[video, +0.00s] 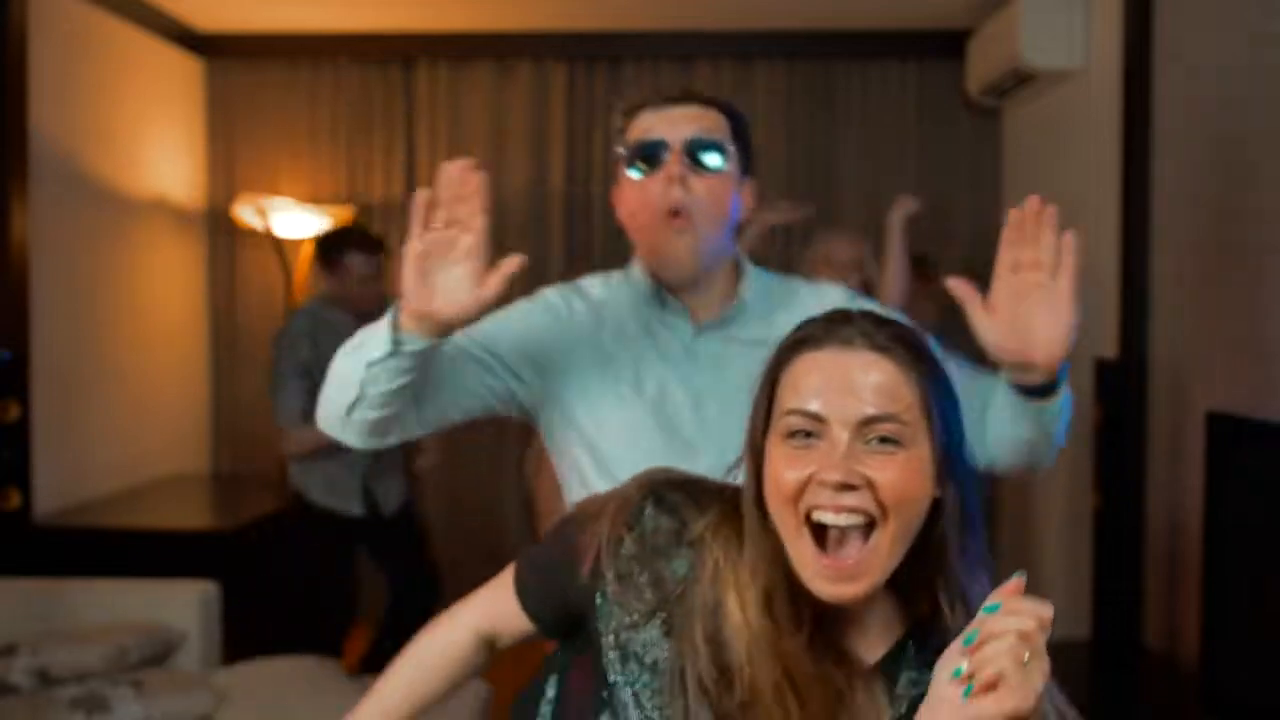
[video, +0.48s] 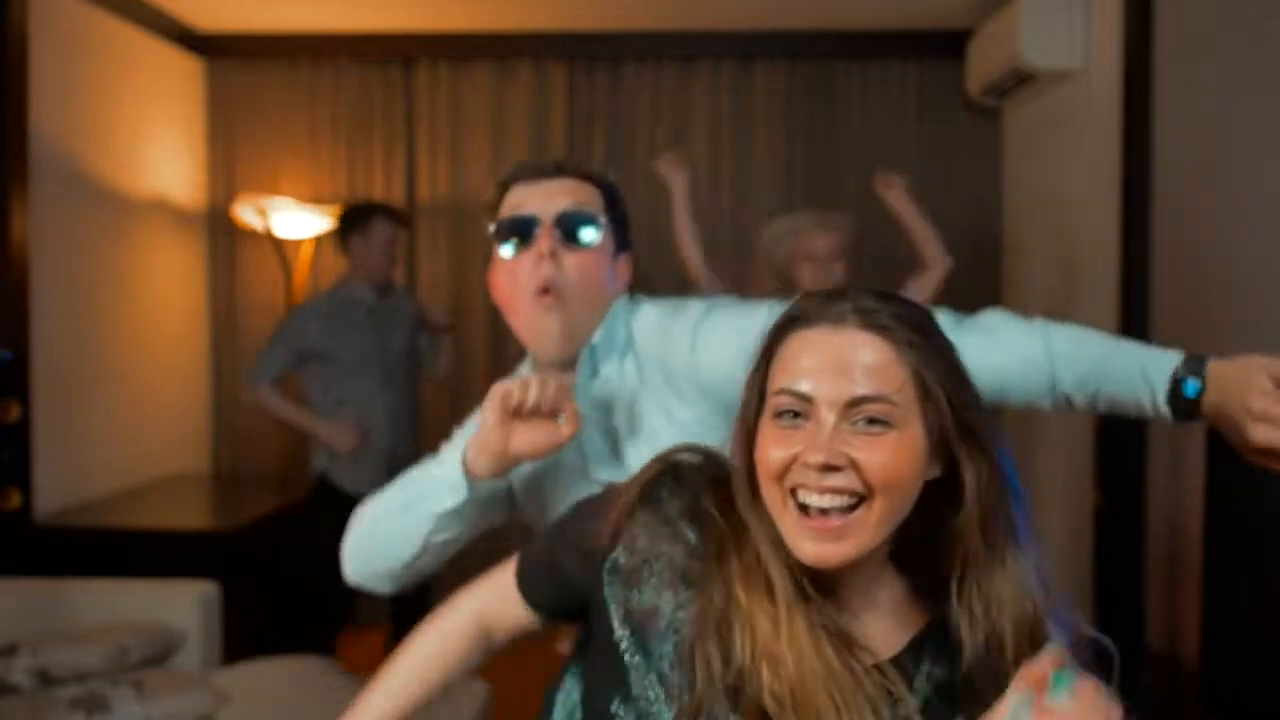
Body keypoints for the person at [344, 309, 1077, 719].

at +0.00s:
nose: (840, 474)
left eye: (884, 438)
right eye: (804, 433)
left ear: (939, 474)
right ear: (756, 459)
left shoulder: (975, 666)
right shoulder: (646, 538)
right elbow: (473, 630)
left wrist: (965, 718)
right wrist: (366, 718)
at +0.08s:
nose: (849, 459)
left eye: (892, 423)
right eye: (812, 419)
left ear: (949, 459)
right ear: (764, 447)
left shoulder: (1003, 661)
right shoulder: (661, 527)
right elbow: (465, 595)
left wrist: (956, 702)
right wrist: (335, 708)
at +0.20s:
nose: (857, 442)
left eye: (902, 407)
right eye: (823, 403)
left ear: (960, 444)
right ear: (778, 428)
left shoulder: (1021, 656)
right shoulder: (674, 497)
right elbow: (461, 537)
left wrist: (968, 671)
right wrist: (307, 686)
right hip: (587, 701)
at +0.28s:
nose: (857, 438)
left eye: (903, 402)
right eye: (824, 397)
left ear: (963, 440)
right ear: (779, 419)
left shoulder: (1010, 660)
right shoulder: (680, 487)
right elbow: (468, 523)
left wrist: (972, 675)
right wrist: (304, 677)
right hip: (548, 703)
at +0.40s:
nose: (843, 446)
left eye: (890, 411)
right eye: (811, 404)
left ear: (953, 449)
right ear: (766, 425)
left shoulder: (1000, 657)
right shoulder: (673, 507)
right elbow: (469, 557)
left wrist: (997, 716)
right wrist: (319, 698)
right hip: (568, 702)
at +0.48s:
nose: (820, 454)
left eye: (870, 419)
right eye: (790, 413)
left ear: (938, 454)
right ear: (752, 435)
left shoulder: (984, 657)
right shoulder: (664, 525)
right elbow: (477, 619)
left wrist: (1071, 709)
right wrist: (365, 714)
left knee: (1078, 692)